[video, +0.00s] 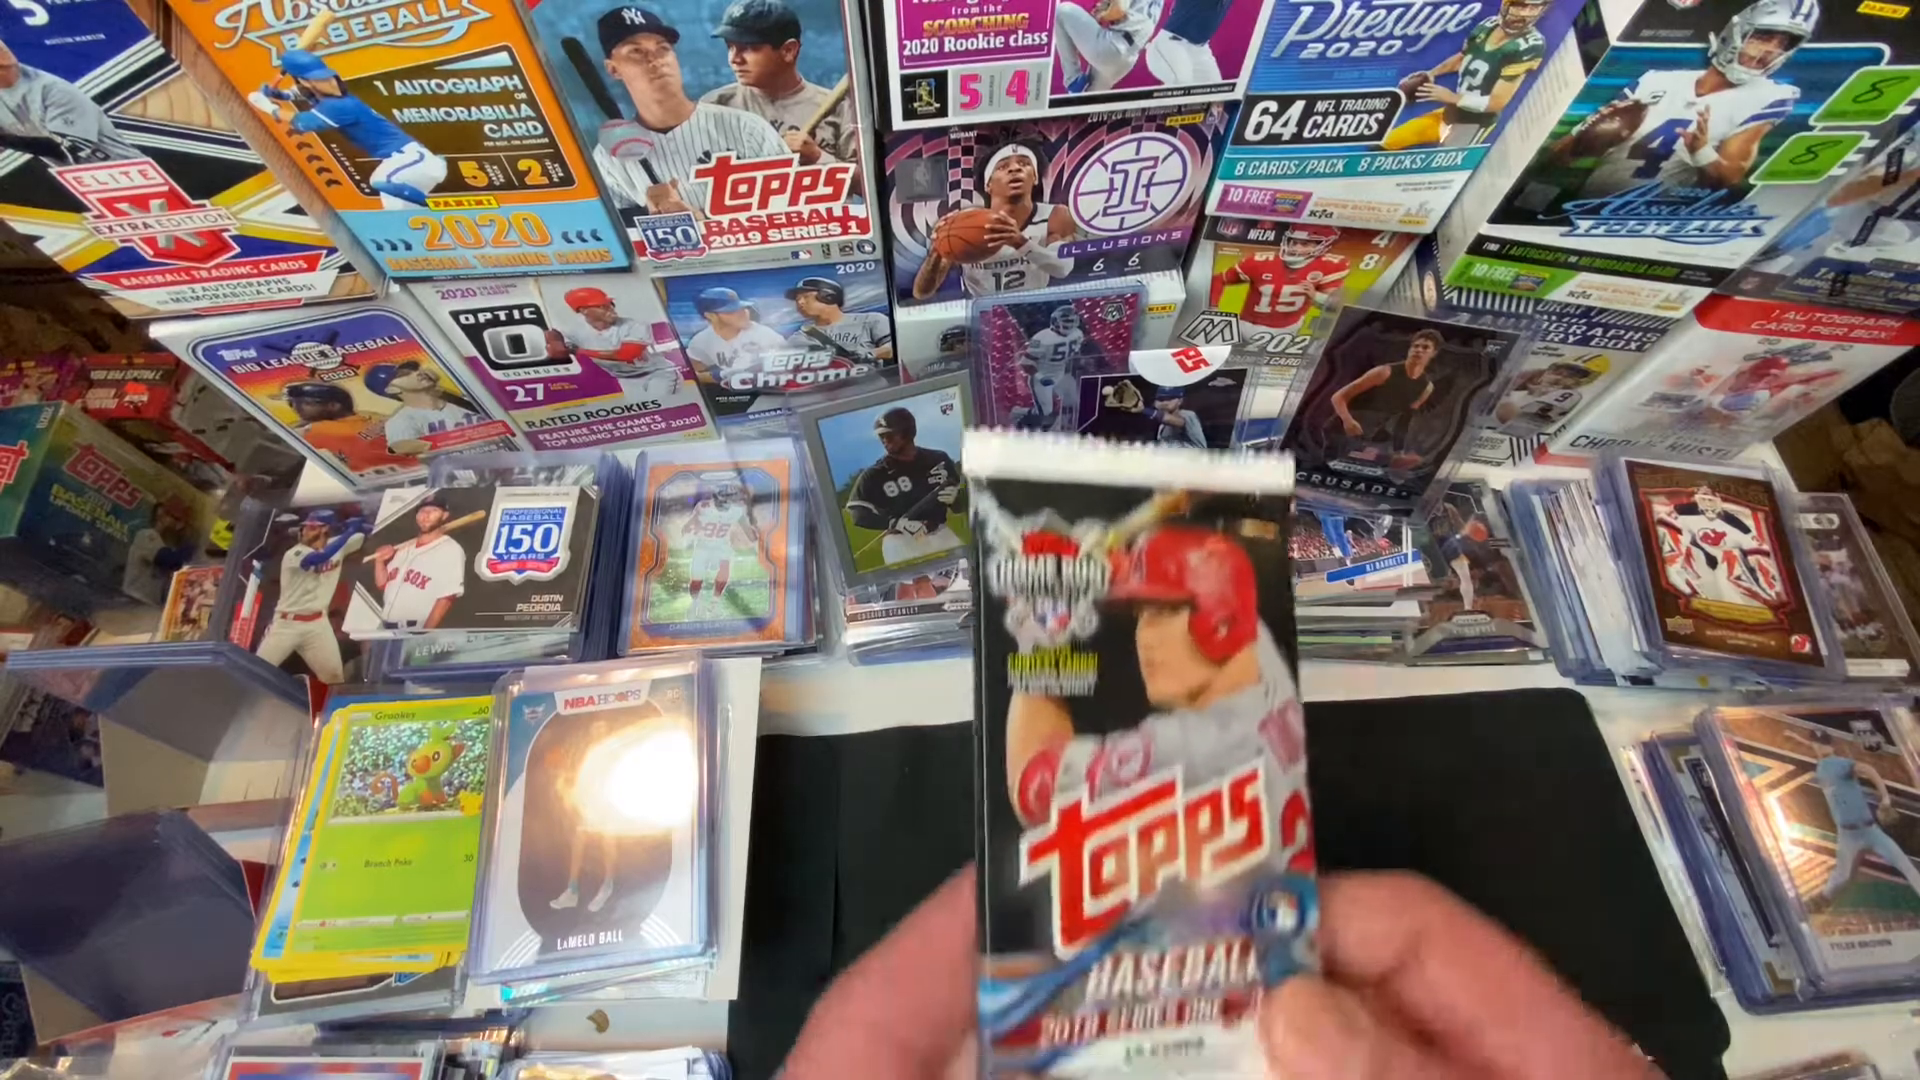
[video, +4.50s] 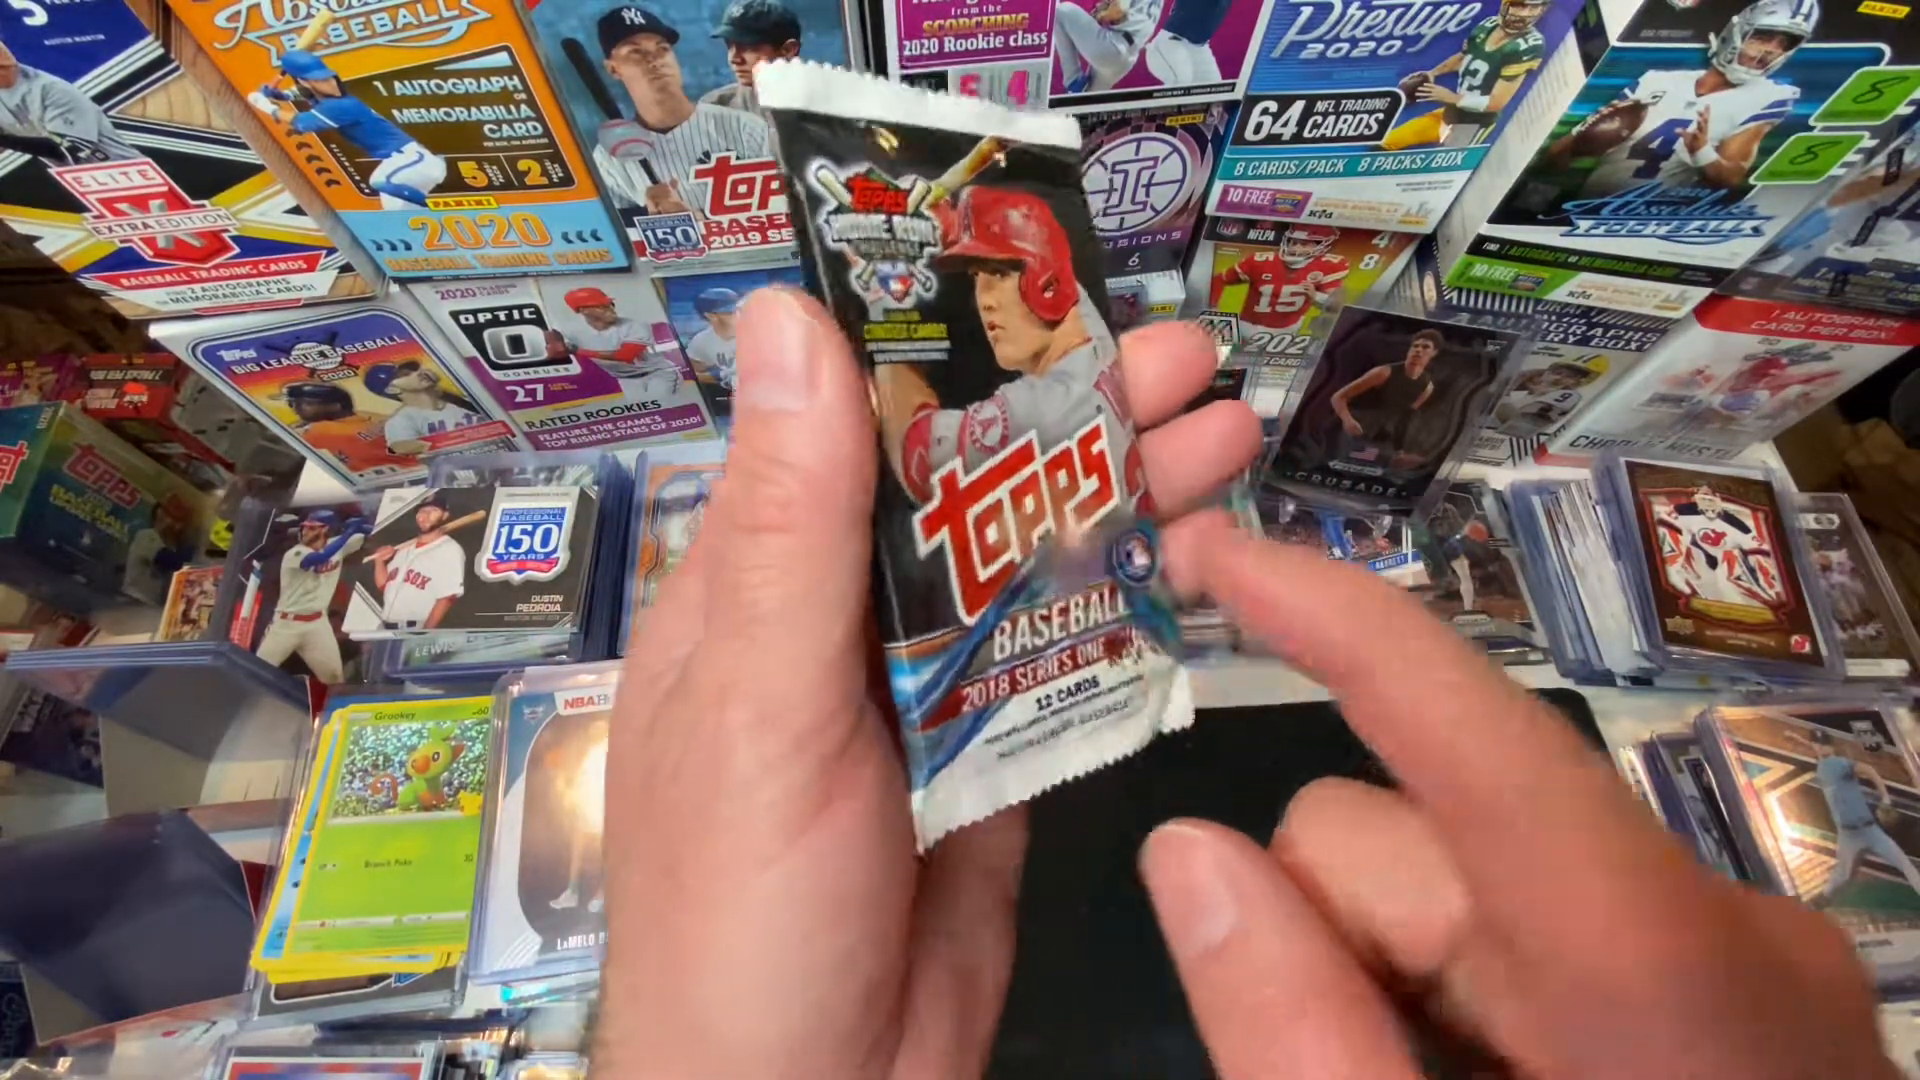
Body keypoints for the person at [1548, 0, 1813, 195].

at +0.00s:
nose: (1769, 51)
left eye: (1782, 46)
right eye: (1764, 37)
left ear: (1787, 57)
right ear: (1737, 33)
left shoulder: (1765, 99)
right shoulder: (1656, 82)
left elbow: (1732, 178)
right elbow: (1556, 157)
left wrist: (1702, 153)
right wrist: (1583, 137)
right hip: (1593, 207)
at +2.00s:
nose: (1770, 51)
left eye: (1783, 45)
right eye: (1764, 37)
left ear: (1789, 56)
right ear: (1737, 33)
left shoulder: (1761, 102)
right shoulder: (1658, 83)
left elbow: (1735, 176)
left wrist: (1703, 154)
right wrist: (1579, 141)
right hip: (1591, 204)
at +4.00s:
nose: (1770, 51)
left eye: (1783, 45)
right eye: (1763, 37)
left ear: (1789, 56)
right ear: (1737, 33)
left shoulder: (1761, 102)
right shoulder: (1659, 83)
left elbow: (1735, 176)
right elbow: (1558, 155)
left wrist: (1703, 154)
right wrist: (1584, 138)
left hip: (1662, 222)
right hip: (1595, 203)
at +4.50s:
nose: (1770, 51)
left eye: (1783, 45)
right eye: (1763, 37)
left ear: (1788, 56)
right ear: (1737, 33)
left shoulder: (1763, 100)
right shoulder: (1657, 83)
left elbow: (1735, 178)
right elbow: (1554, 156)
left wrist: (1702, 154)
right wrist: (1582, 138)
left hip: (1660, 226)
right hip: (1592, 207)